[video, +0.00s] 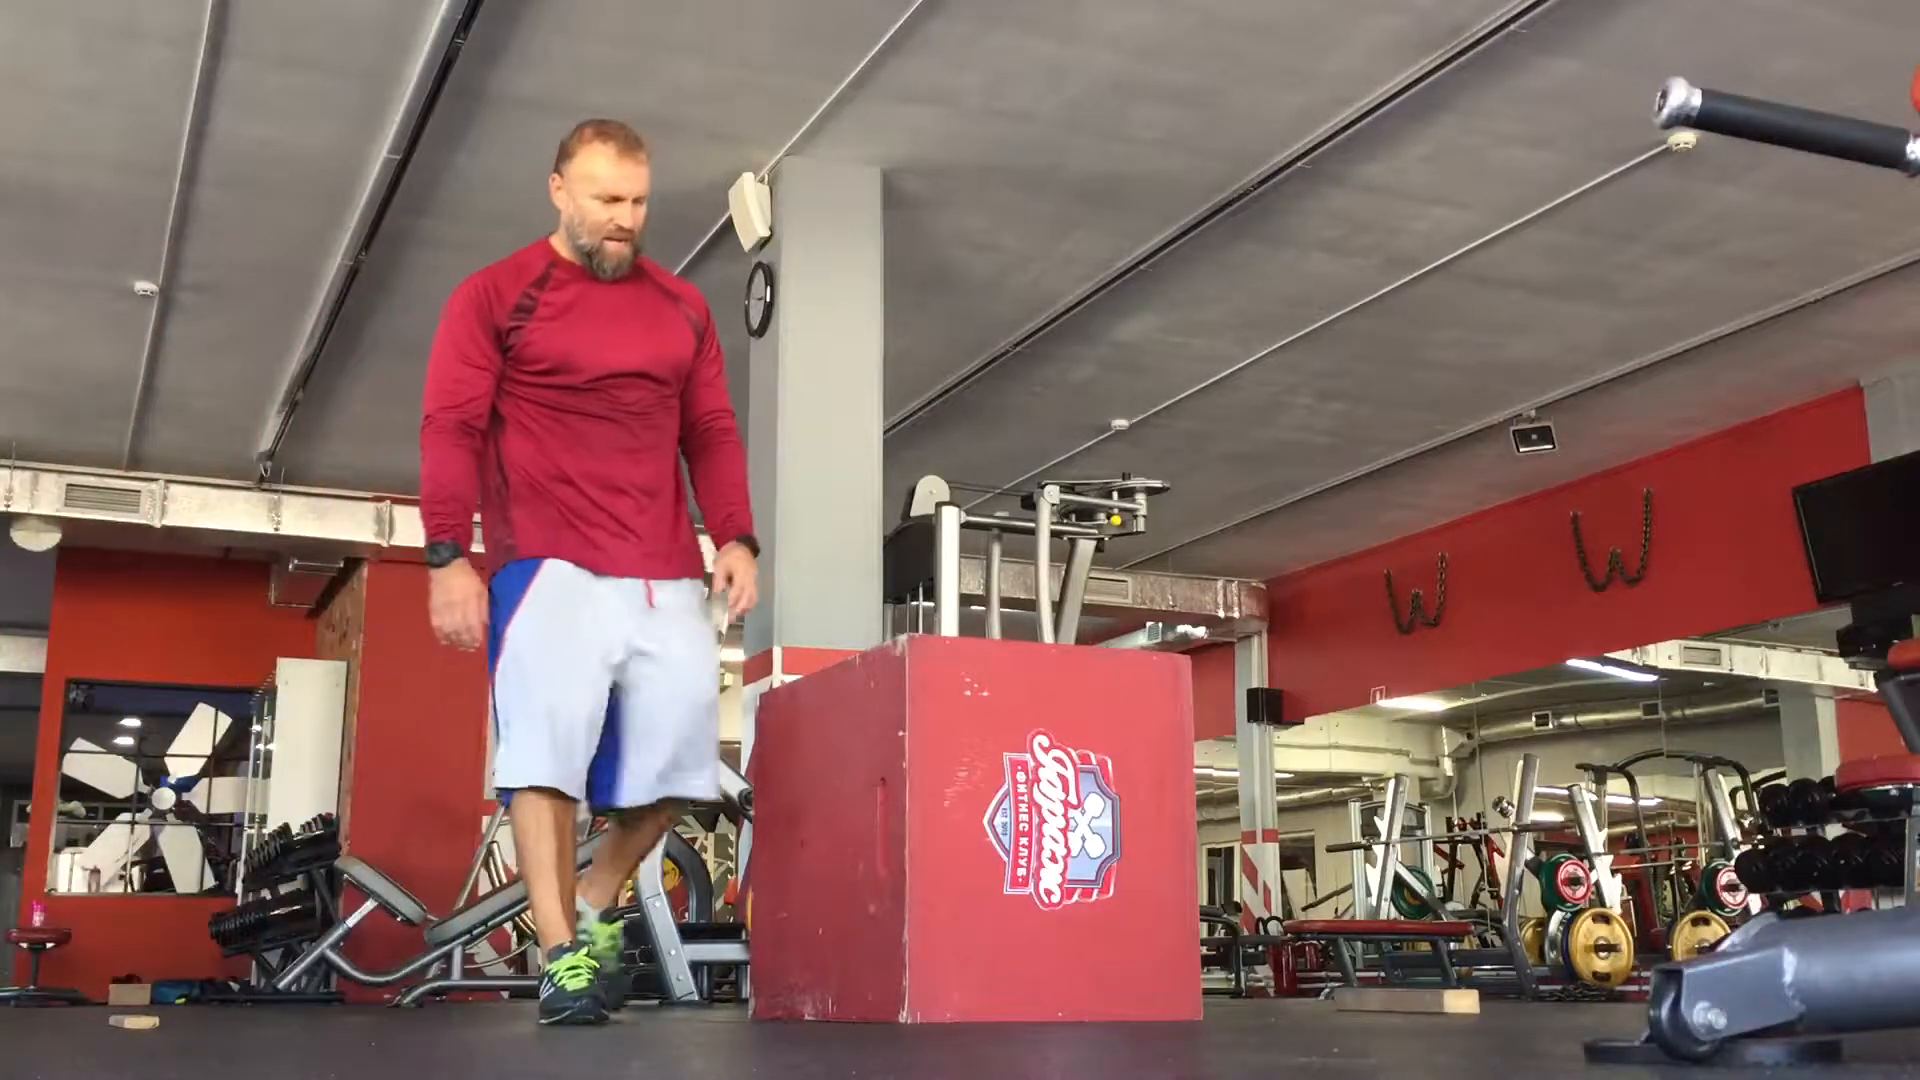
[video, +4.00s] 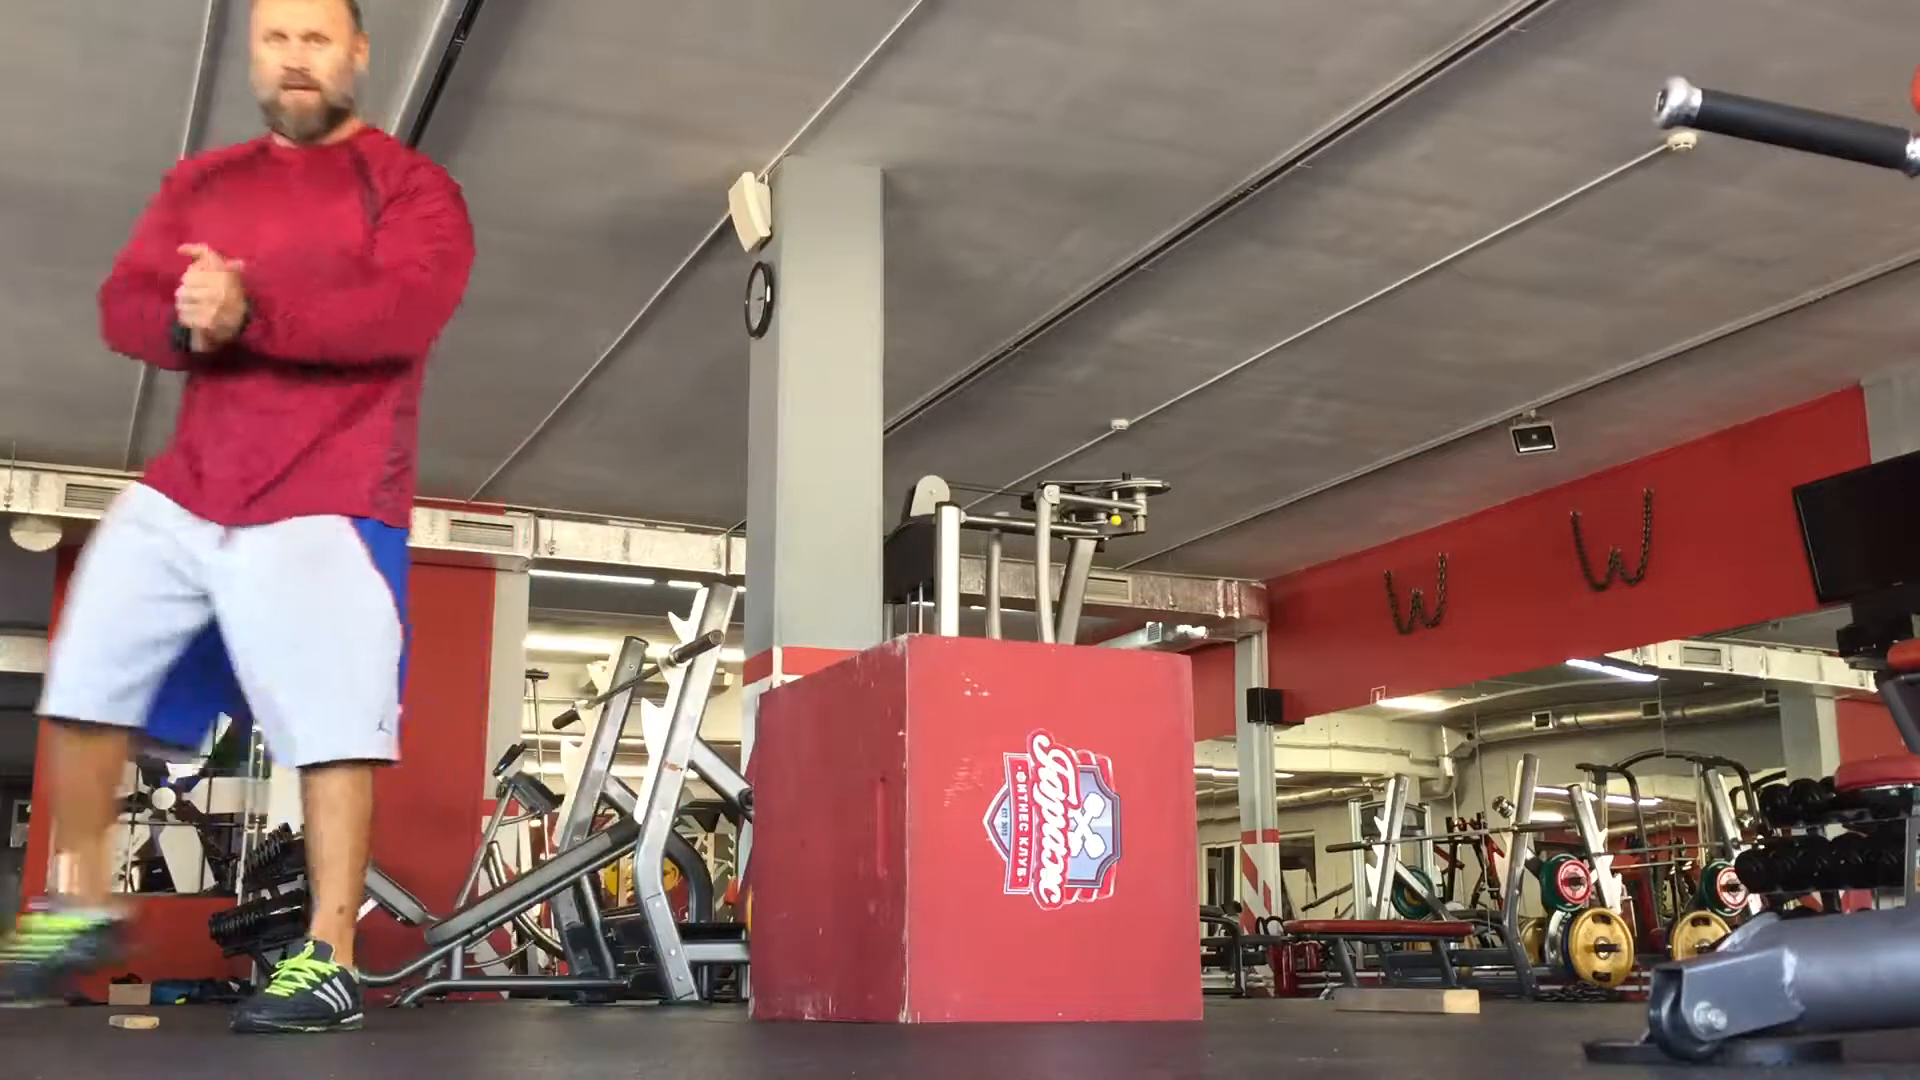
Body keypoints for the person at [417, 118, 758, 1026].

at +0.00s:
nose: (627, 218)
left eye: (639, 201)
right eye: (608, 199)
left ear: (651, 200)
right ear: (559, 190)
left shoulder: (682, 306)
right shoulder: (496, 297)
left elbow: (712, 432)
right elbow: (452, 427)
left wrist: (733, 538)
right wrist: (449, 555)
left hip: (666, 575)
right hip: (551, 568)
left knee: (680, 746)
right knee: (544, 749)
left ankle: (598, 892)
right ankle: (557, 951)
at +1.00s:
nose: (855, 200)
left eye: (876, 184)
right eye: (839, 178)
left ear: (900, 175)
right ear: (804, 144)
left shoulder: (913, 301)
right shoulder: (715, 216)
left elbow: (903, 454)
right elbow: (645, 335)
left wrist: (887, 592)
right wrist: (614, 455)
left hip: (803, 527)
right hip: (680, 507)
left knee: (791, 738)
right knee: (659, 728)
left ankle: (780, 957)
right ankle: (646, 953)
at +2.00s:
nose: (861, 215)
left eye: (883, 200)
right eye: (845, 193)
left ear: (912, 185)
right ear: (814, 159)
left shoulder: (928, 307)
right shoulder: (735, 215)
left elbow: (918, 457)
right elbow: (663, 331)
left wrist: (905, 593)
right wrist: (622, 455)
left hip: (811, 532)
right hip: (688, 508)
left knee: (793, 745)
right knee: (662, 732)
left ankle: (778, 959)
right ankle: (647, 952)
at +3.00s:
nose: (646, 174)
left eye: (662, 157)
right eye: (627, 161)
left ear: (694, 163)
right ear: (602, 173)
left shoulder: (736, 255)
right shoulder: (568, 258)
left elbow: (766, 280)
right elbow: (545, 288)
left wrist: (760, 252)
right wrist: (587, 264)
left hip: (714, 547)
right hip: (593, 556)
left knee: (739, 742)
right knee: (606, 758)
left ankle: (764, 953)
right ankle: (636, 964)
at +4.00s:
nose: (296, 58)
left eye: (318, 38)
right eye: (277, 38)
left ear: (360, 54)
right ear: (251, 54)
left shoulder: (415, 190)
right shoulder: (200, 180)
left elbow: (398, 320)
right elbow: (122, 305)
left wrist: (252, 314)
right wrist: (185, 312)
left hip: (330, 494)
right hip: (192, 480)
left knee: (336, 720)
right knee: (87, 677)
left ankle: (330, 958)